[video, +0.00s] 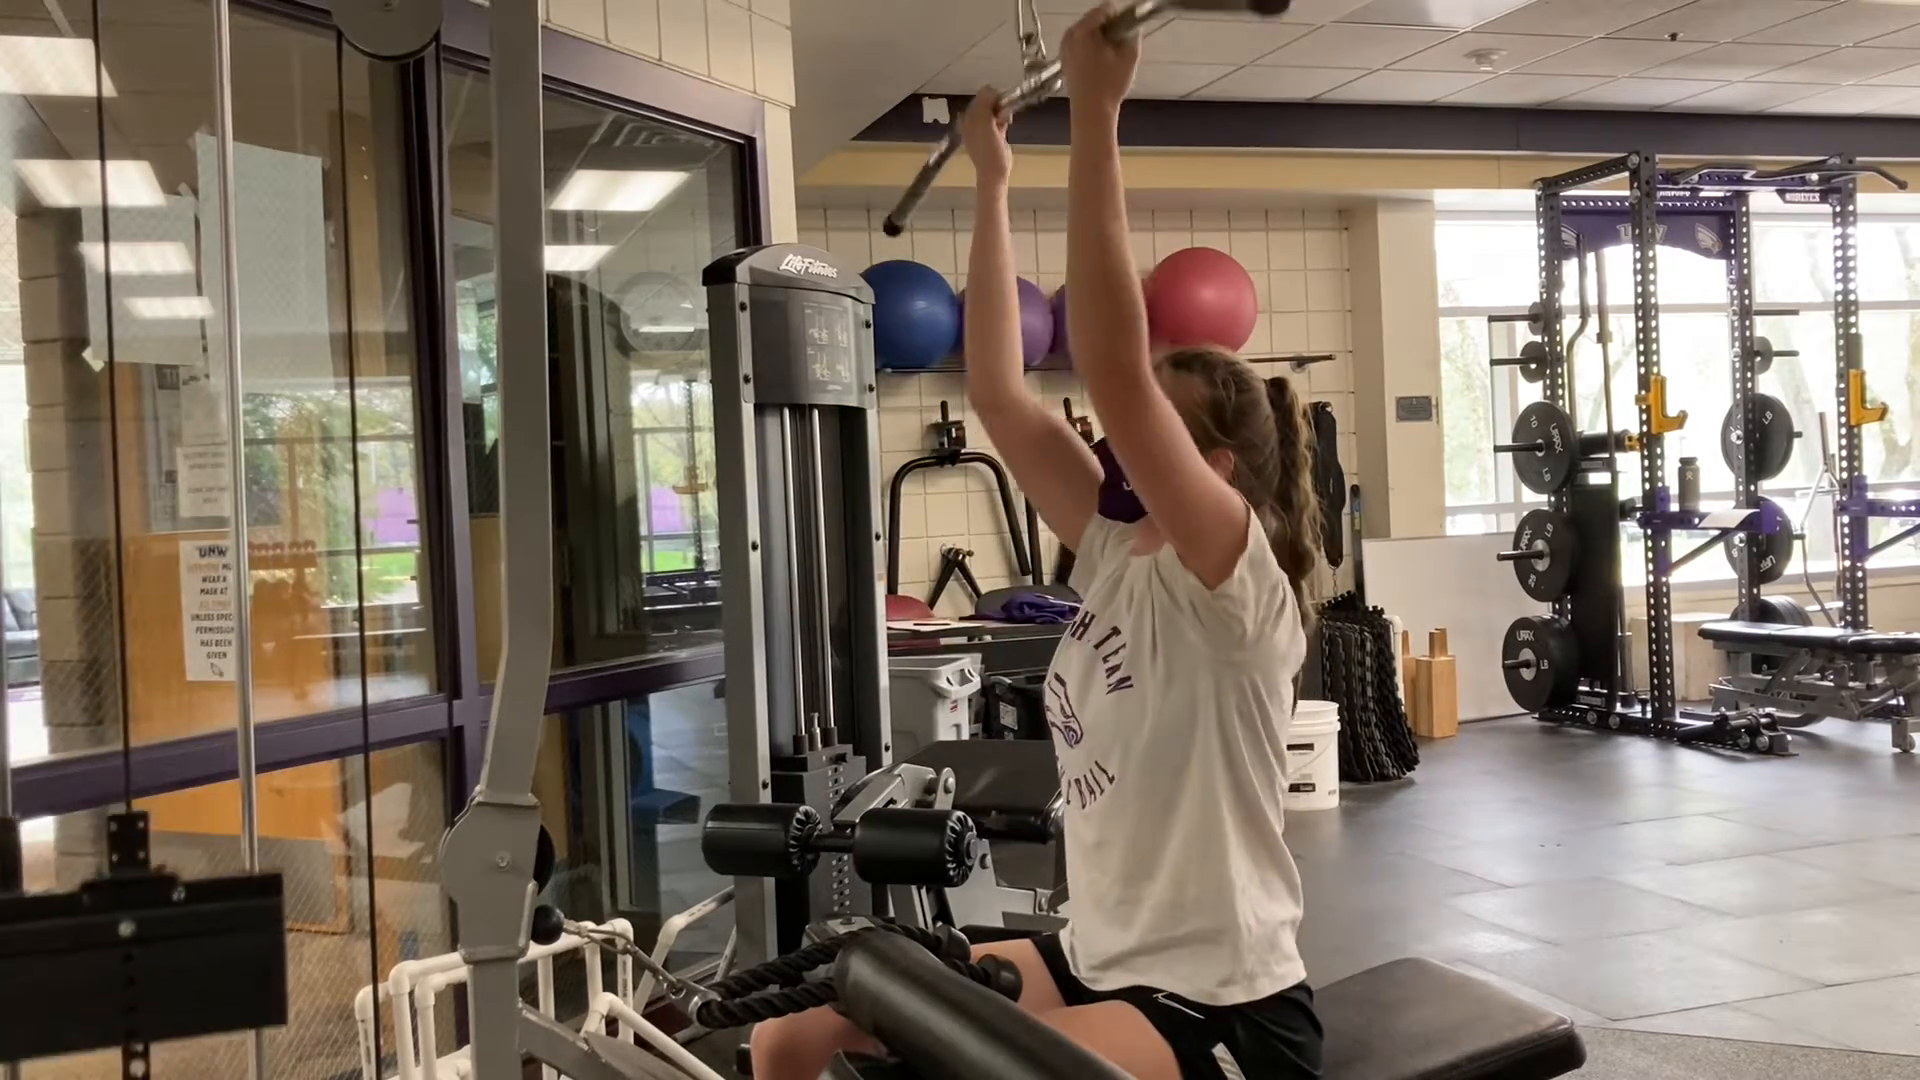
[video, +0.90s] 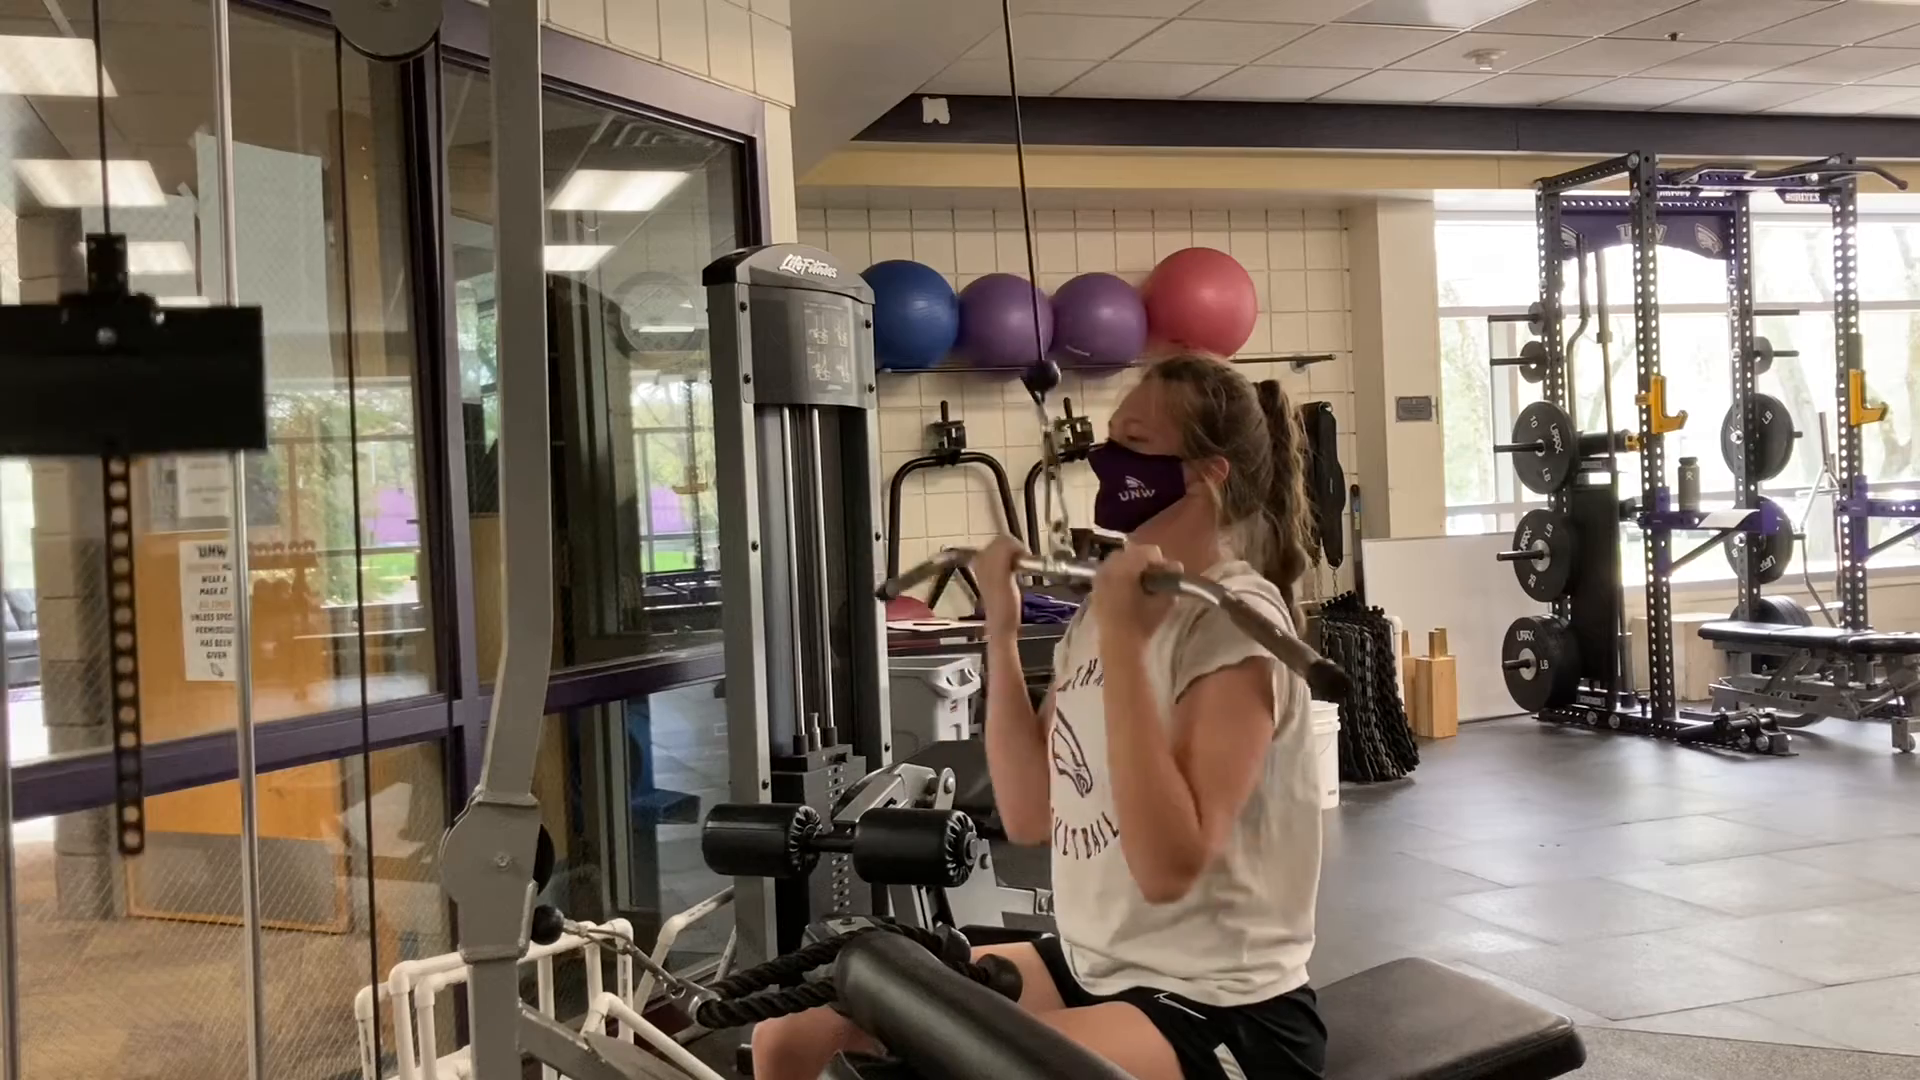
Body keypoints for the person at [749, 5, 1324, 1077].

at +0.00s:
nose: (1132, 451)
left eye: (1157, 425)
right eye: (1135, 430)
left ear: (1227, 458)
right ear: (1158, 451)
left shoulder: (1242, 576)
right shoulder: (1106, 543)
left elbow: (1117, 363)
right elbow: (1000, 392)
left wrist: (1094, 111)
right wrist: (991, 180)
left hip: (1222, 1008)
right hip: (1096, 967)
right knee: (792, 1040)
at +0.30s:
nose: (1112, 467)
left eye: (1140, 452)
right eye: (1112, 442)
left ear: (1216, 475)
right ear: (1097, 433)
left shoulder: (1246, 585)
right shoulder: (1108, 570)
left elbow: (1066, 503)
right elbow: (952, 500)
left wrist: (1075, 265)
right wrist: (981, 306)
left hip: (1226, 1004)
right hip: (1097, 960)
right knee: (790, 1037)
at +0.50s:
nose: (1110, 460)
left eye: (1142, 445)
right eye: (1112, 440)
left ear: (1217, 476)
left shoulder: (1254, 598)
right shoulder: (1105, 586)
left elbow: (1059, 655)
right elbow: (949, 637)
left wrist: (1075, 431)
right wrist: (970, 455)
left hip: (1225, 1004)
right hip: (1096, 962)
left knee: (949, 1061)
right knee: (791, 1037)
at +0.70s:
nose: (1107, 463)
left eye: (1136, 447)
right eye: (1109, 442)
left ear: (1215, 475)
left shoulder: (1244, 608)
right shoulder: (1121, 601)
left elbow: (1105, 794)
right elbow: (978, 751)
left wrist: (1096, 563)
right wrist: (980, 561)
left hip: (1221, 1004)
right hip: (1097, 961)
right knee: (788, 1042)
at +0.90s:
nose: (1104, 464)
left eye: (1133, 447)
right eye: (1109, 444)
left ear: (1212, 475)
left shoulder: (1239, 620)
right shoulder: (1104, 615)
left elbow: (1170, 866)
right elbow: (1027, 817)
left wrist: (1122, 642)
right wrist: (1001, 632)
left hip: (1222, 1007)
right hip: (1095, 960)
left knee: (957, 1066)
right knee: (788, 1043)